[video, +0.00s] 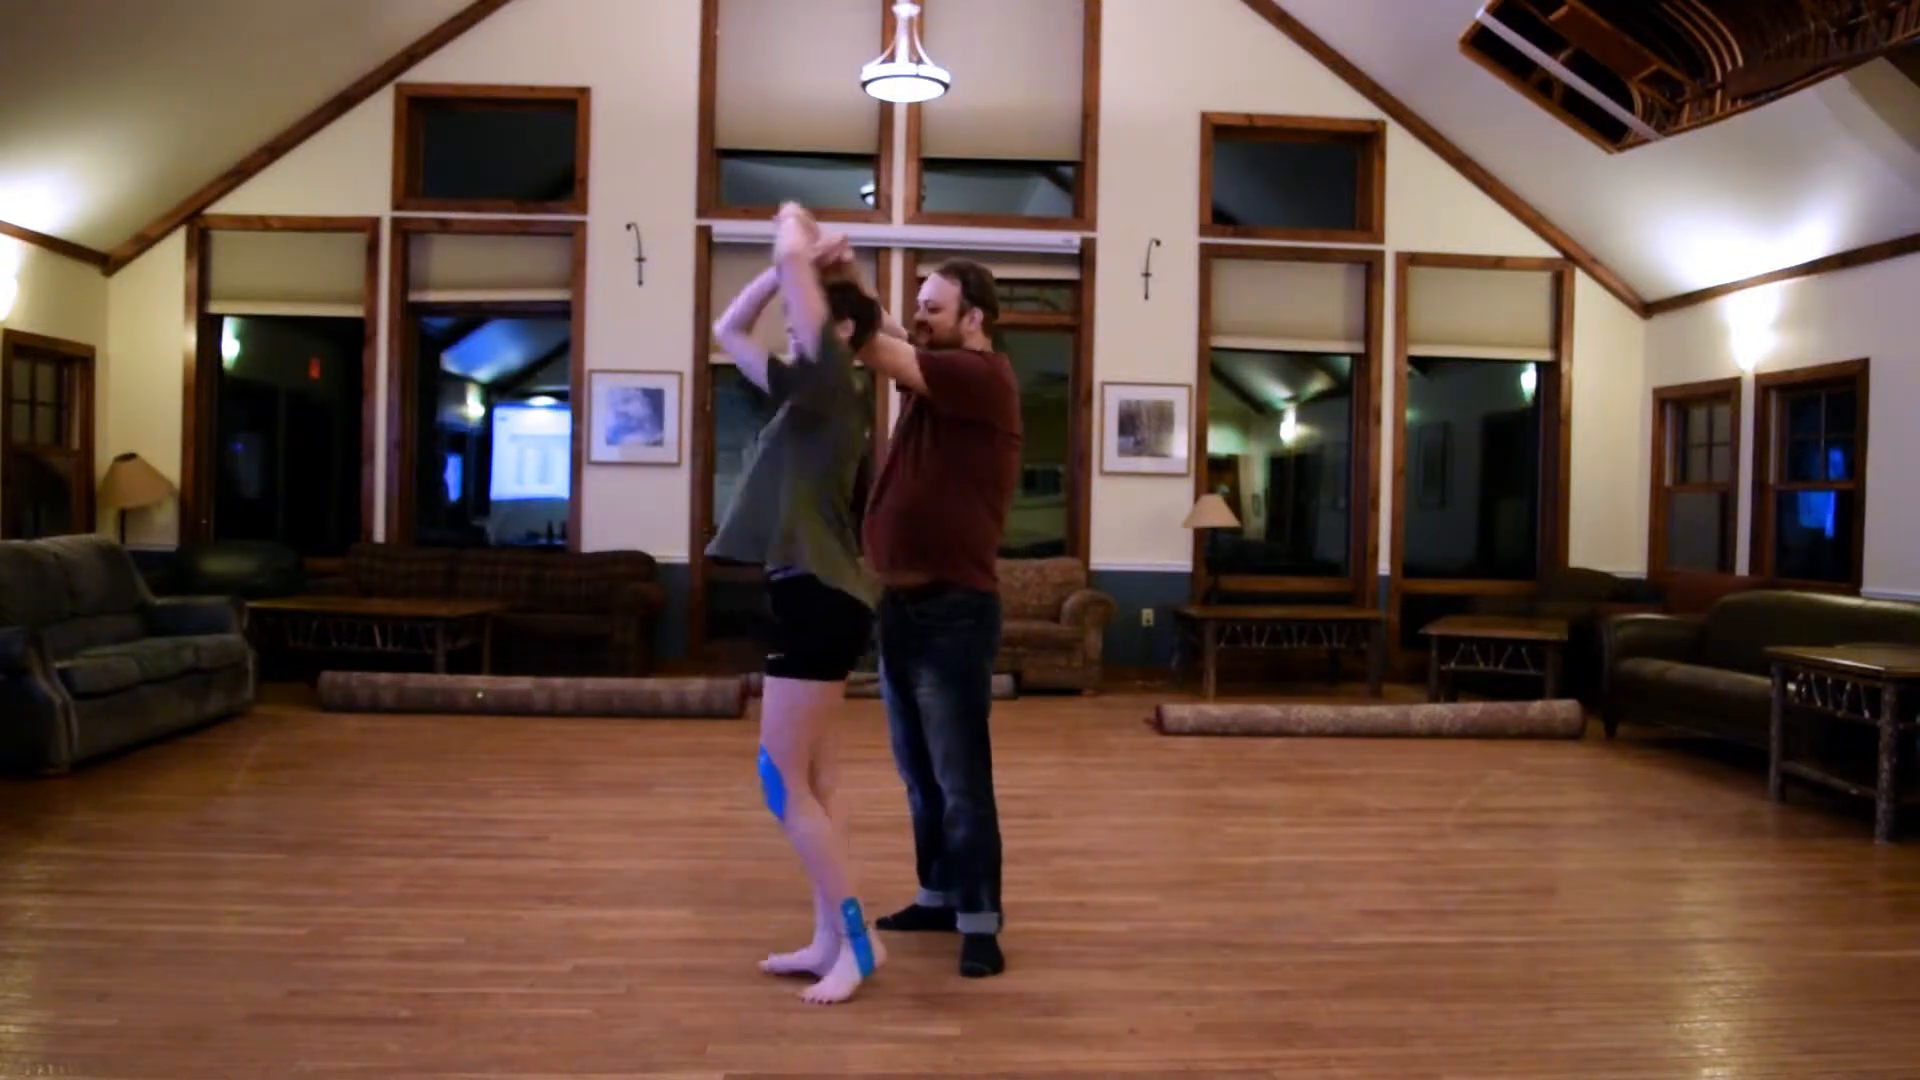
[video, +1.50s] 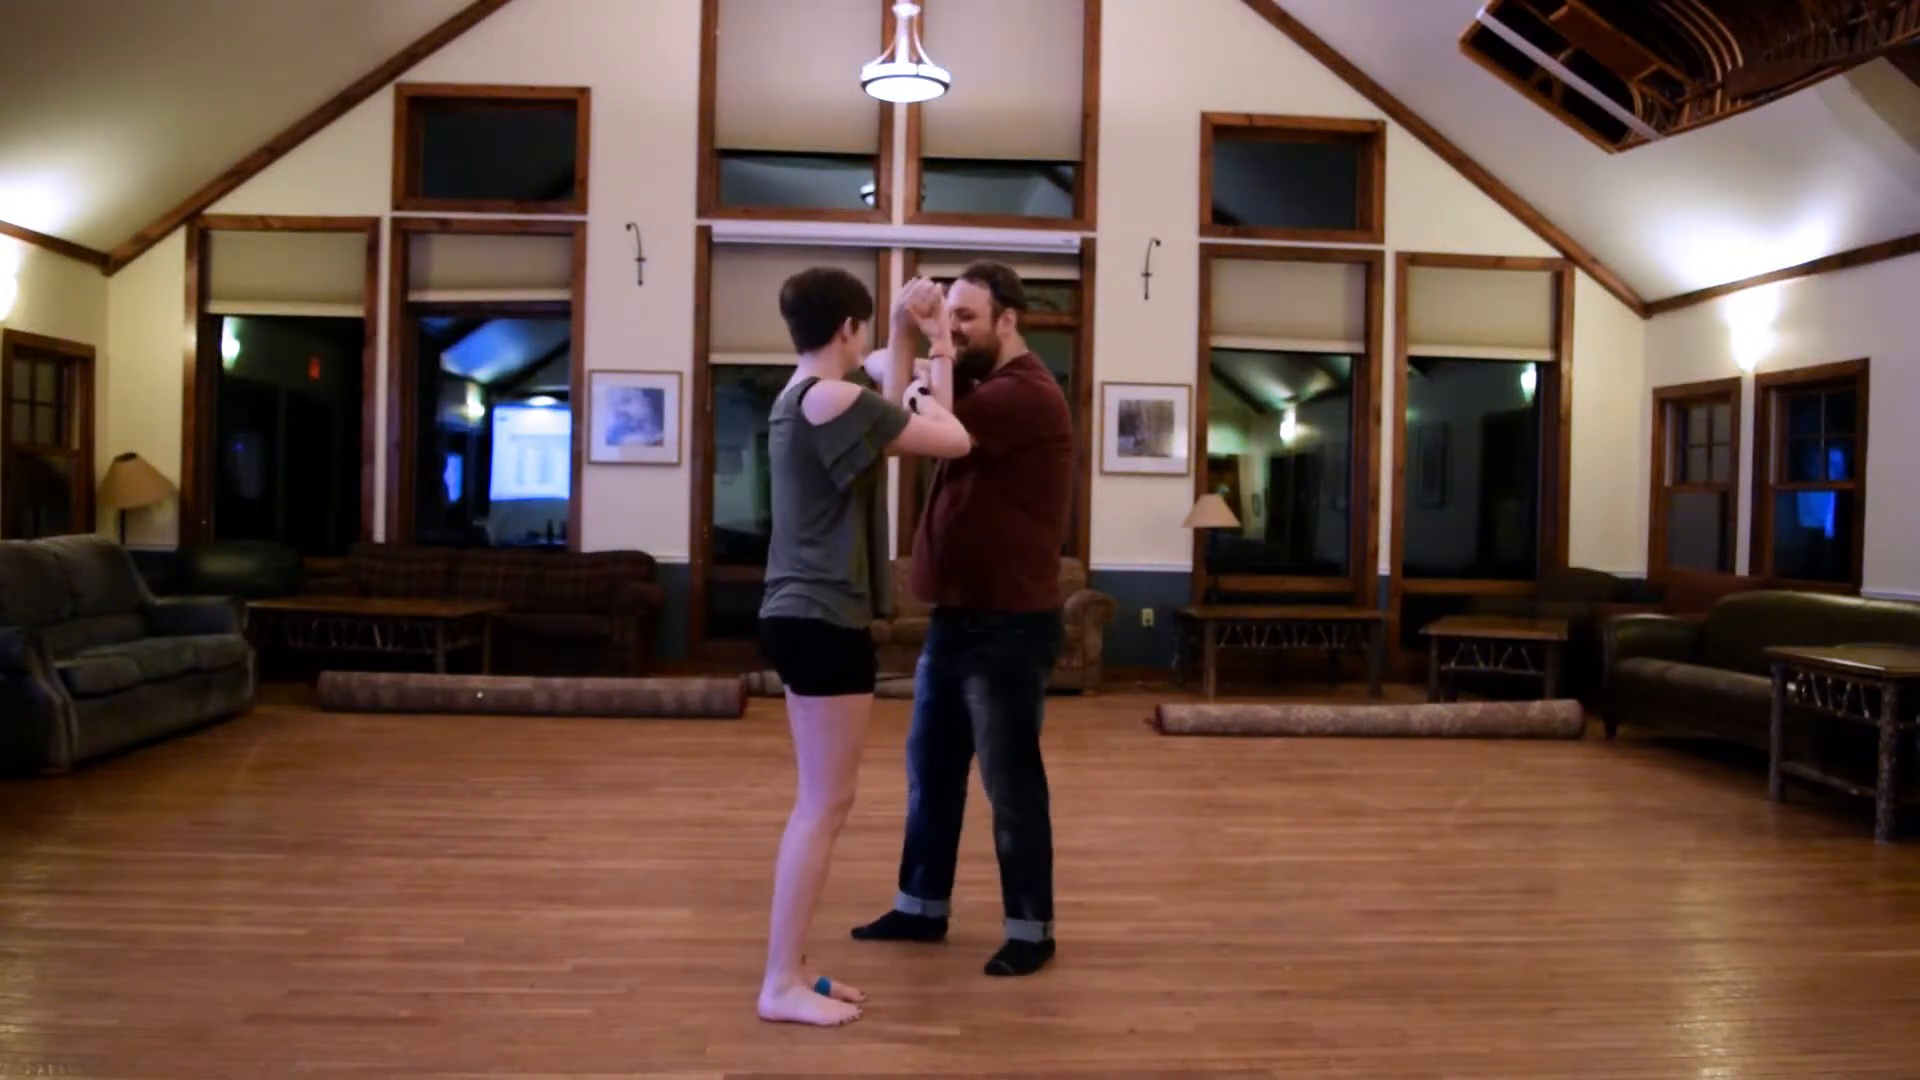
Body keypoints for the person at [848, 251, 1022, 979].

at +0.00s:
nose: (916, 315)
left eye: (931, 305)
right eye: (917, 305)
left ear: (972, 315)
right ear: (931, 315)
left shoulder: (987, 375)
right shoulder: (936, 375)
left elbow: (887, 354)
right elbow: (870, 346)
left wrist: (841, 284)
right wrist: (834, 281)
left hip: (955, 602)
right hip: (904, 599)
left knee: (959, 771)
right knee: (919, 767)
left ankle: (981, 921)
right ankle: (941, 899)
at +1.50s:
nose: (952, 329)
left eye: (967, 316)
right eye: (948, 316)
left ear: (1007, 322)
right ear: (955, 326)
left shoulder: (1029, 392)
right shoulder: (972, 385)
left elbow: (935, 428)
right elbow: (902, 411)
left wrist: (939, 349)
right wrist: (904, 329)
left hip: (1013, 620)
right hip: (956, 615)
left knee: (1010, 779)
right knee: (933, 766)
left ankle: (1030, 930)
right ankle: (921, 910)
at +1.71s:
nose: (991, 327)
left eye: (1005, 314)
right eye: (990, 315)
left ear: (1049, 315)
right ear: (1007, 321)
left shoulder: (1067, 385)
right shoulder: (1023, 381)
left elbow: (973, 424)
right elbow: (932, 413)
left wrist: (972, 349)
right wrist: (940, 329)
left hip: (1044, 619)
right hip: (995, 613)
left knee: (1032, 776)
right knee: (957, 739)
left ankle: (1038, 924)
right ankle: (1005, 877)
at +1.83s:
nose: (1018, 322)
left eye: (1030, 310)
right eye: (1016, 311)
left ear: (1073, 314)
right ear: (1032, 317)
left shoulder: (1090, 384)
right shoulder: (1045, 372)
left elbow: (990, 427)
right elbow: (969, 396)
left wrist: (977, 347)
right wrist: (966, 329)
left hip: (1064, 617)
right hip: (1019, 611)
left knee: (1045, 775)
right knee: (998, 748)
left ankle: (1039, 928)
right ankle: (1099, 863)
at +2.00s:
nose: (1044, 327)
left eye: (1056, 315)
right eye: (1044, 316)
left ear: (1097, 318)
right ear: (1082, 319)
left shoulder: (1111, 389)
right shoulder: (1080, 373)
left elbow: (1001, 434)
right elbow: (983, 401)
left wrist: (1002, 353)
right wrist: (984, 335)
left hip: (1085, 618)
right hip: (1068, 613)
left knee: (1051, 775)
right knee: (1089, 765)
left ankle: (1040, 927)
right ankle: (1153, 910)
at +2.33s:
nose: (1101, 328)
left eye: (1111, 315)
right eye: (1100, 315)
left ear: (1154, 318)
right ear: (1150, 321)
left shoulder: (1167, 388)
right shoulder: (1154, 381)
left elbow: (1061, 430)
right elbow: (1059, 419)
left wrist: (1054, 344)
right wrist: (1051, 343)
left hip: (1143, 614)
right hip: (1153, 610)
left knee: (1093, 755)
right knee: (1149, 760)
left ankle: (1150, 922)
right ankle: (1161, 921)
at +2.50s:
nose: (1132, 330)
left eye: (1142, 317)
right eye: (1131, 317)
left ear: (1183, 318)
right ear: (1170, 320)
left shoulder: (1205, 387)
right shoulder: (1164, 376)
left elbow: (1105, 438)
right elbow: (1076, 418)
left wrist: (1103, 362)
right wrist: (1079, 342)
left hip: (1183, 615)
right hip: (1148, 611)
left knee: (1159, 774)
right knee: (1151, 773)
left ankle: (1247, 907)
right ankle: (1160, 926)